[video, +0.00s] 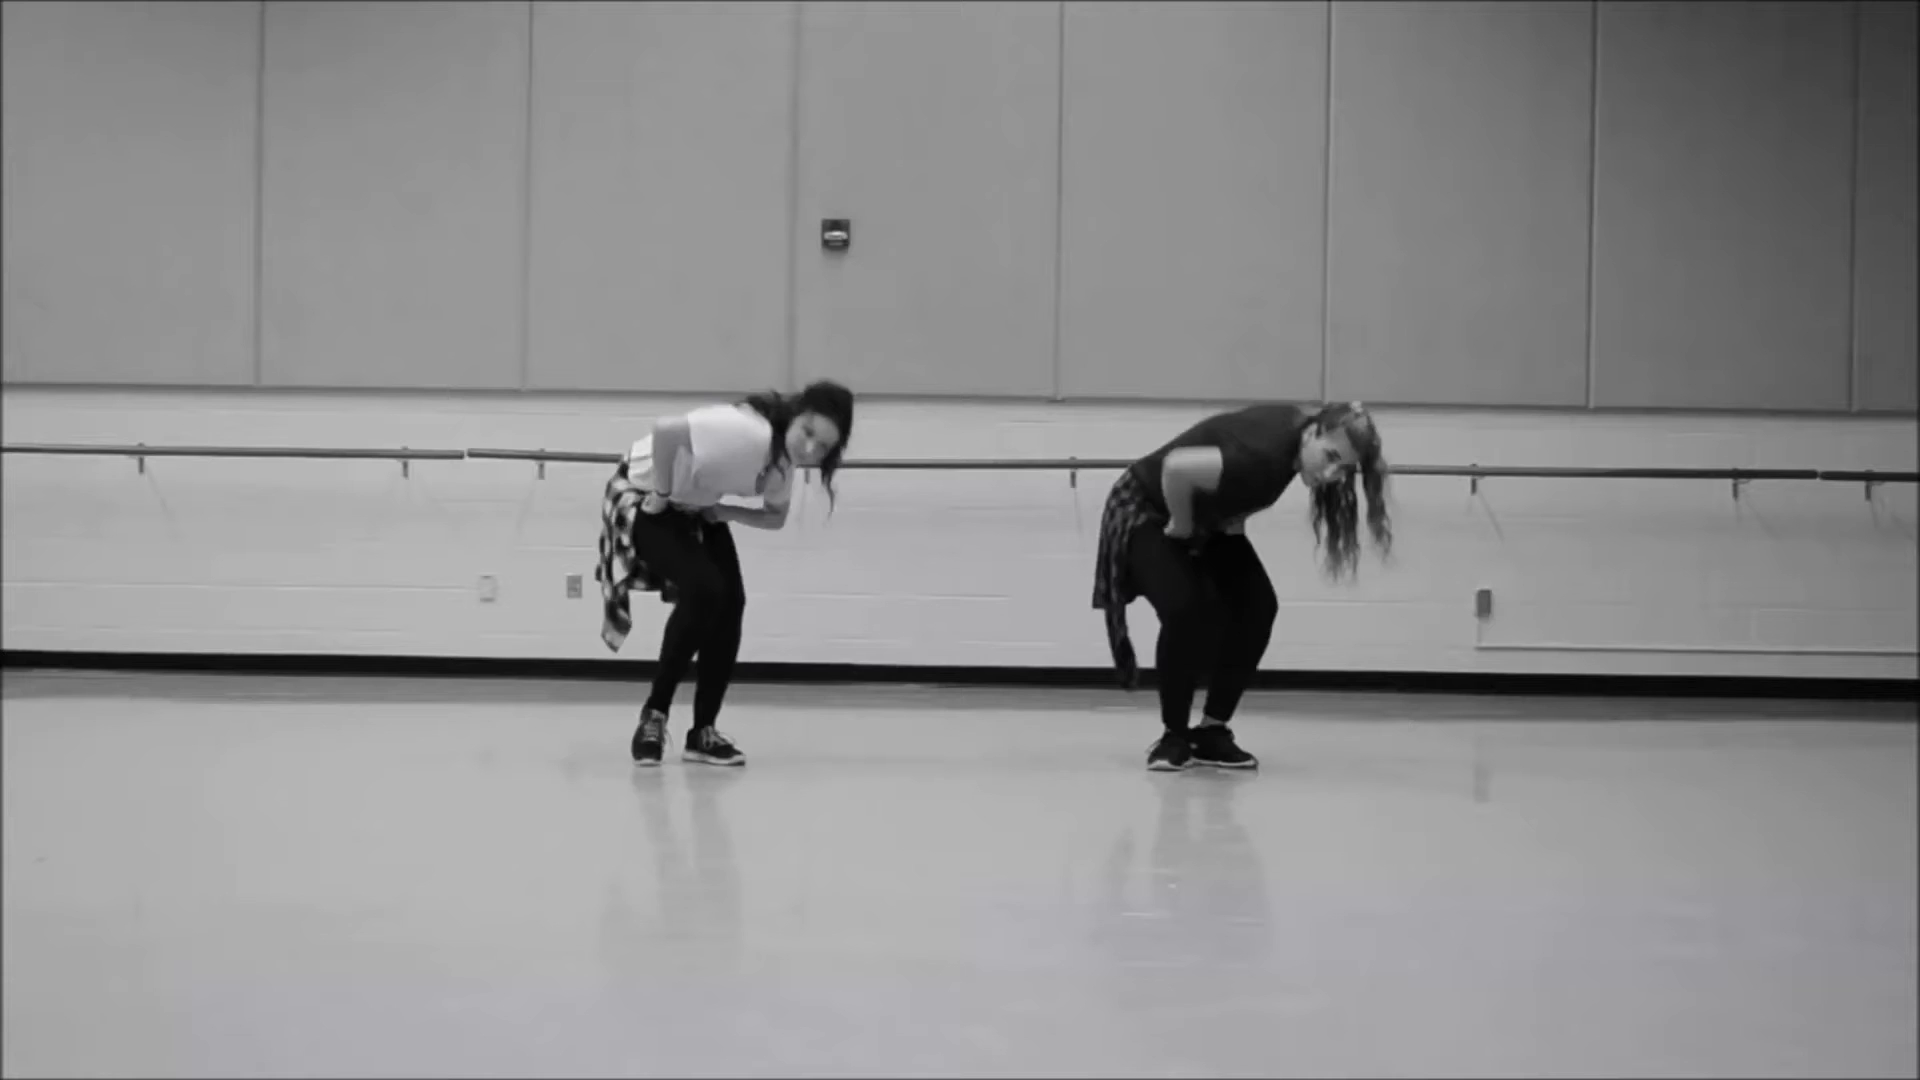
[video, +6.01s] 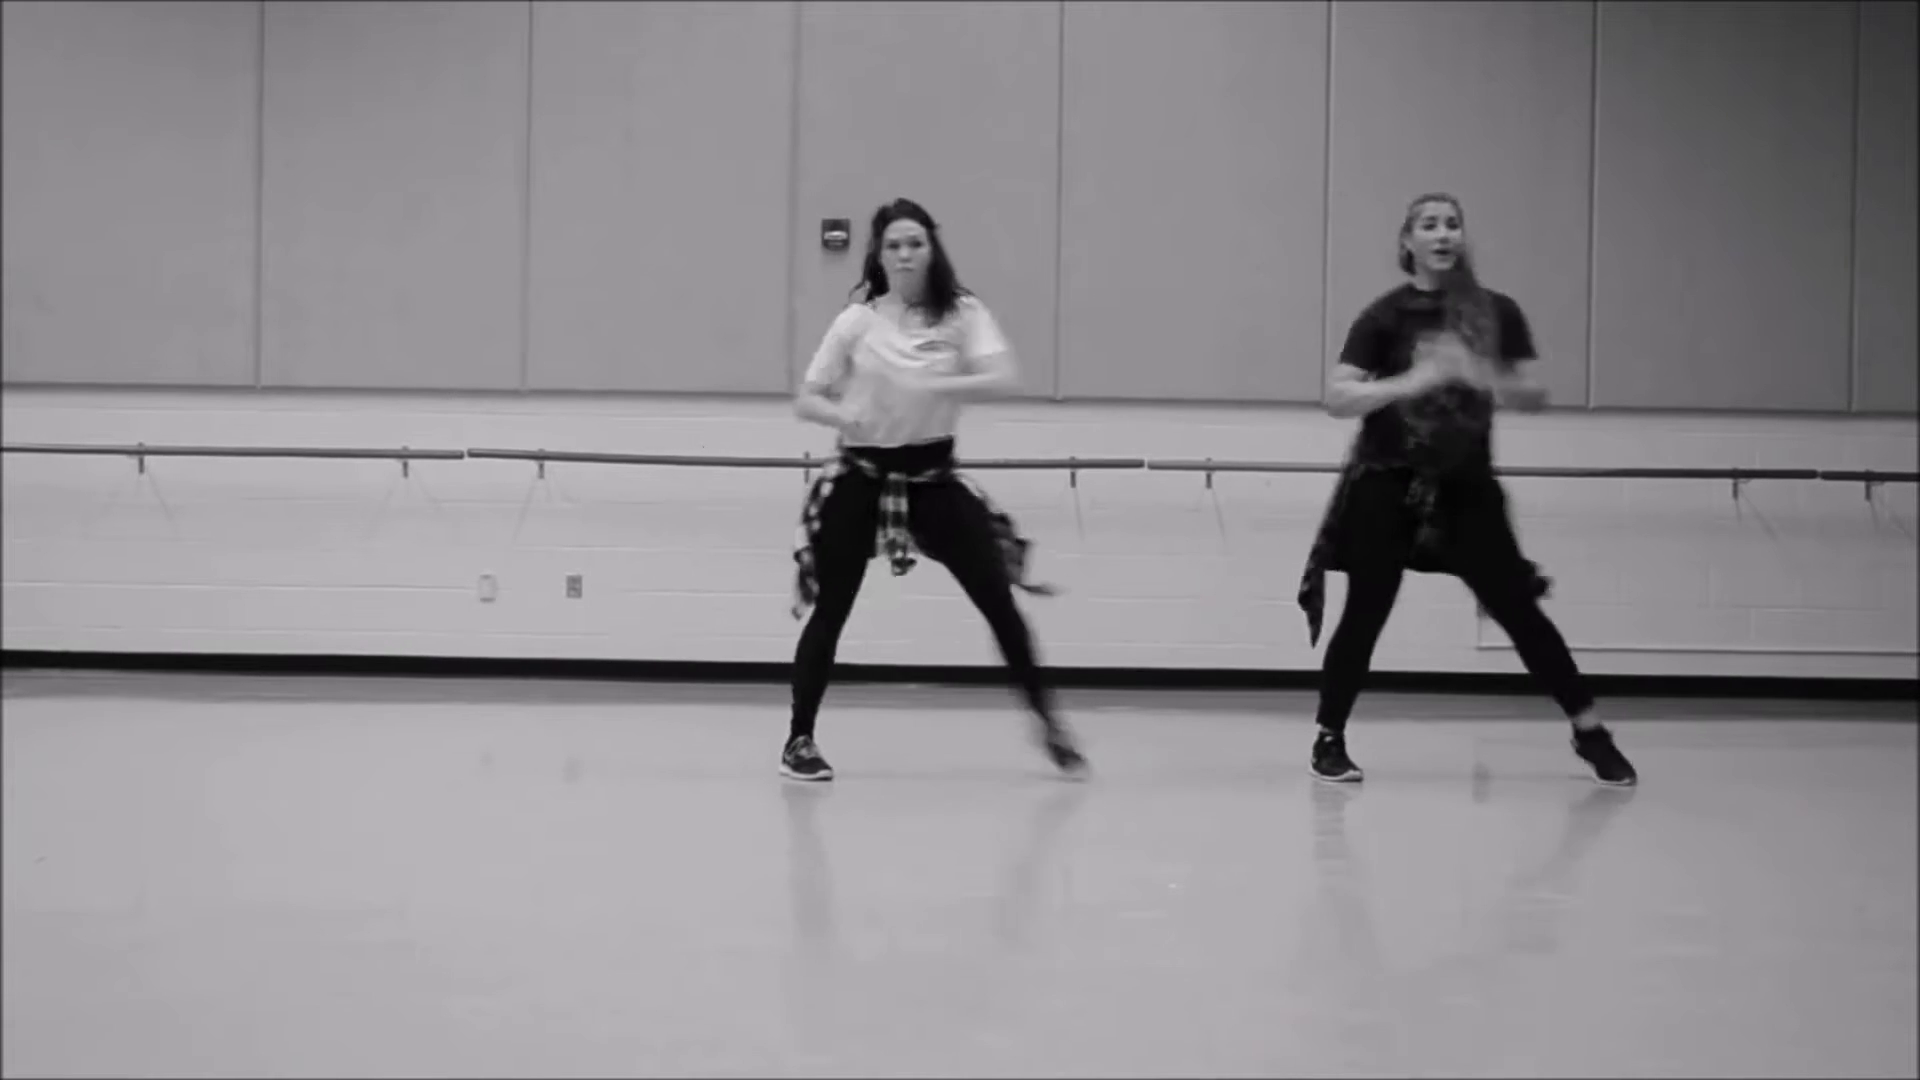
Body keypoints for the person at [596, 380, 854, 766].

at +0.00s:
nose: (810, 448)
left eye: (823, 447)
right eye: (808, 432)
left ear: (828, 454)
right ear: (793, 417)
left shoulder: (782, 465)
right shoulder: (746, 432)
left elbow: (776, 519)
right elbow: (665, 432)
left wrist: (722, 511)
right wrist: (661, 492)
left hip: (697, 508)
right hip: (647, 497)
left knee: (730, 601)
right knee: (701, 592)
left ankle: (703, 730)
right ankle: (655, 715)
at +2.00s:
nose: (623, 273)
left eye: (630, 263)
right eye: (610, 266)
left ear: (645, 270)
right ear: (593, 276)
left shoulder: (667, 331)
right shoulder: (573, 326)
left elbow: (725, 358)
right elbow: (548, 396)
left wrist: (646, 372)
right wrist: (538, 460)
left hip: (644, 484)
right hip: (573, 483)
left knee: (698, 601)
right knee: (528, 613)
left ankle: (742, 717)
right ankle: (484, 727)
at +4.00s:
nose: (747, 255)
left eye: (742, 249)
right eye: (732, 254)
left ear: (735, 276)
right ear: (712, 279)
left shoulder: (743, 329)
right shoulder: (732, 332)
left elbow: (744, 413)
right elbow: (800, 376)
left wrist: (787, 445)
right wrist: (864, 406)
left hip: (743, 491)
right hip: (720, 492)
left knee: (747, 616)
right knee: (775, 608)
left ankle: (686, 732)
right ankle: (815, 738)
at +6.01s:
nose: (906, 254)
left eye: (916, 243)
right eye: (895, 245)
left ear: (934, 250)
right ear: (878, 255)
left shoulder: (963, 313)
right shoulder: (856, 321)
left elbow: (1006, 377)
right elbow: (807, 399)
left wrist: (938, 386)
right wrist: (844, 417)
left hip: (933, 480)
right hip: (861, 481)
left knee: (997, 601)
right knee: (831, 611)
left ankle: (1051, 726)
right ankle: (800, 740)